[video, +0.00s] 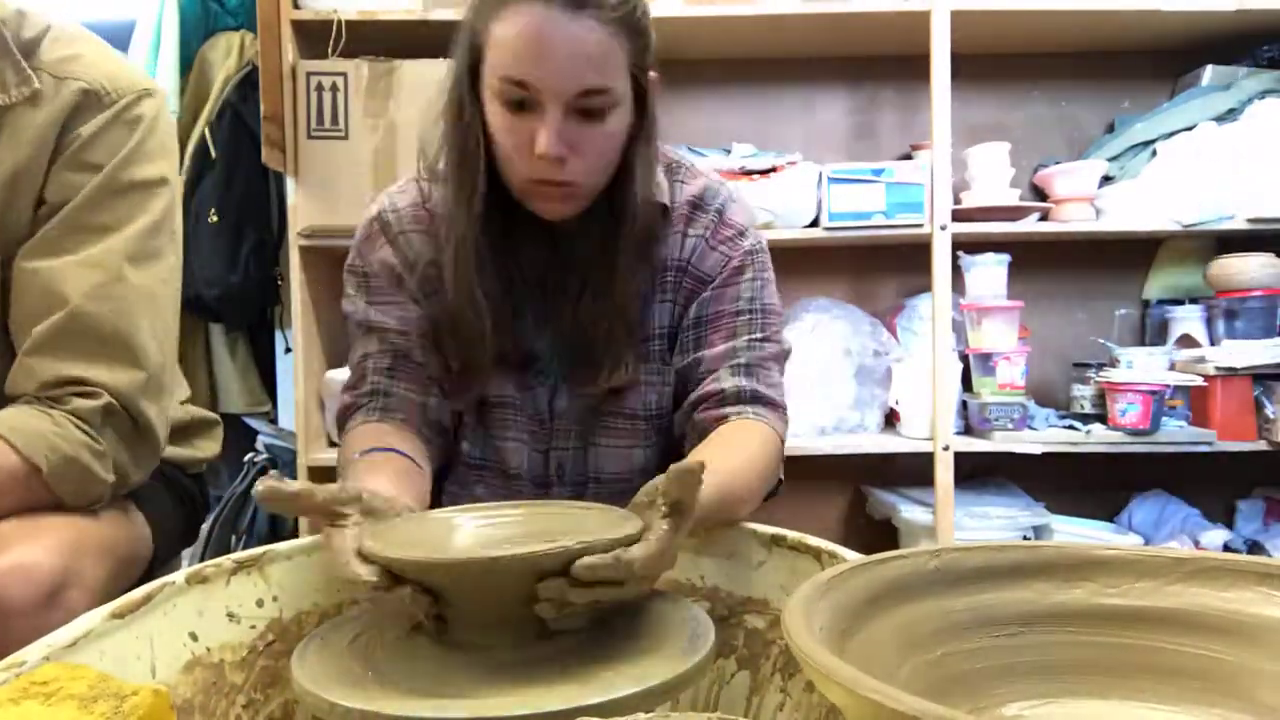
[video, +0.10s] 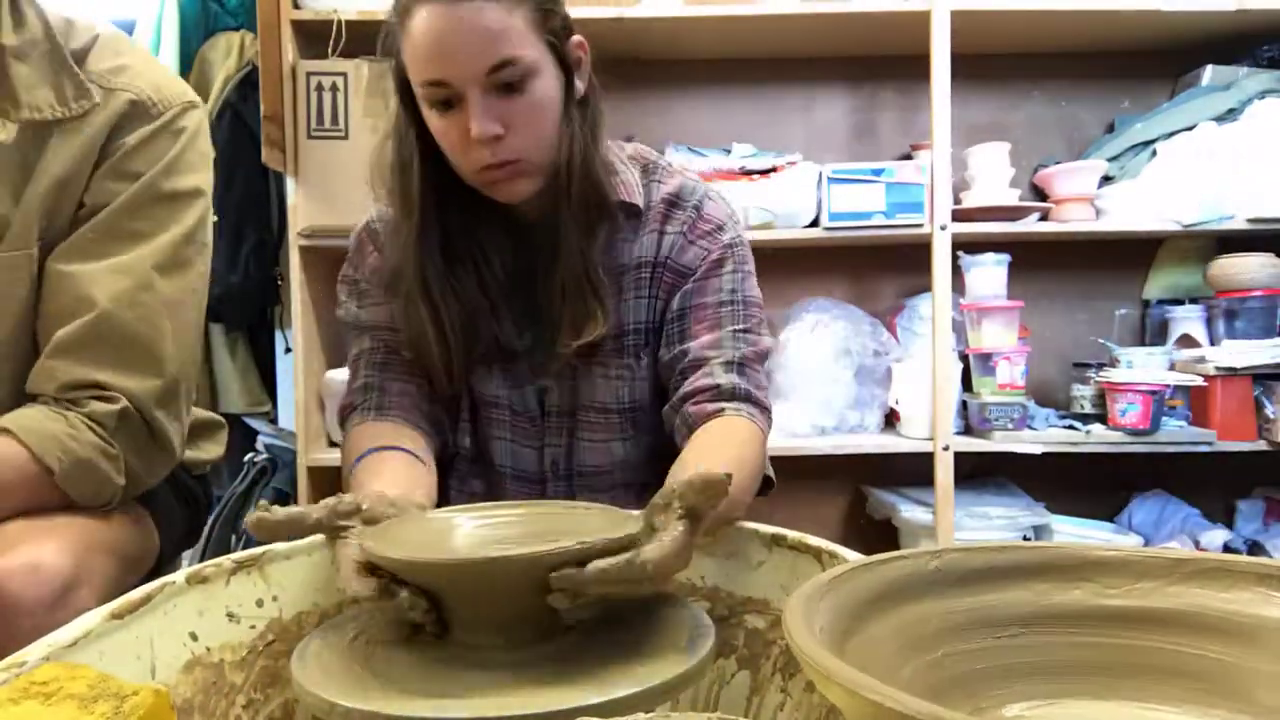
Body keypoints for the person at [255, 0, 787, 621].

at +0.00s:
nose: (551, 146)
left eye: (591, 110)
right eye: (519, 103)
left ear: (640, 98)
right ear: (475, 95)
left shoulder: (708, 230)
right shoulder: (408, 230)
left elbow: (747, 417)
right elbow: (390, 411)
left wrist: (680, 505)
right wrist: (377, 501)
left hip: (643, 599)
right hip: (451, 596)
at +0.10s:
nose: (480, 130)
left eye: (508, 83)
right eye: (443, 101)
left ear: (574, 69)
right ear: (416, 109)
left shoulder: (687, 224)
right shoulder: (395, 248)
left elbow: (728, 405)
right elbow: (387, 417)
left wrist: (687, 506)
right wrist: (383, 509)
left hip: (642, 605)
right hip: (462, 613)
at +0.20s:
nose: (499, 158)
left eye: (528, 111)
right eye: (458, 125)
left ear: (591, 79)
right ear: (426, 119)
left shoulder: (698, 225)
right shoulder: (396, 246)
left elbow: (736, 409)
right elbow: (387, 405)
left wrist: (676, 510)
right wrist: (409, 506)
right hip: (468, 604)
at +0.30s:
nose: (507, 166)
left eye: (536, 120)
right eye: (465, 133)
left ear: (597, 84)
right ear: (431, 121)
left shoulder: (702, 226)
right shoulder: (399, 245)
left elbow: (738, 412)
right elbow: (388, 407)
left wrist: (680, 509)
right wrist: (406, 505)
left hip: (651, 597)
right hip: (468, 602)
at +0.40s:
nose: (512, 160)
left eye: (544, 114)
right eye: (472, 125)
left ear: (606, 83)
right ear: (437, 115)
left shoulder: (707, 225)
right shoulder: (404, 238)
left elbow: (740, 412)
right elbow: (390, 405)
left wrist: (678, 510)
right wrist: (410, 503)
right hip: (470, 602)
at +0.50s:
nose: (510, 160)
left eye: (541, 113)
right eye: (469, 125)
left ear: (605, 80)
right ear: (433, 114)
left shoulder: (705, 224)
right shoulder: (404, 240)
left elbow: (736, 411)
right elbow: (391, 405)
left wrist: (675, 506)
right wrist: (415, 497)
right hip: (471, 600)